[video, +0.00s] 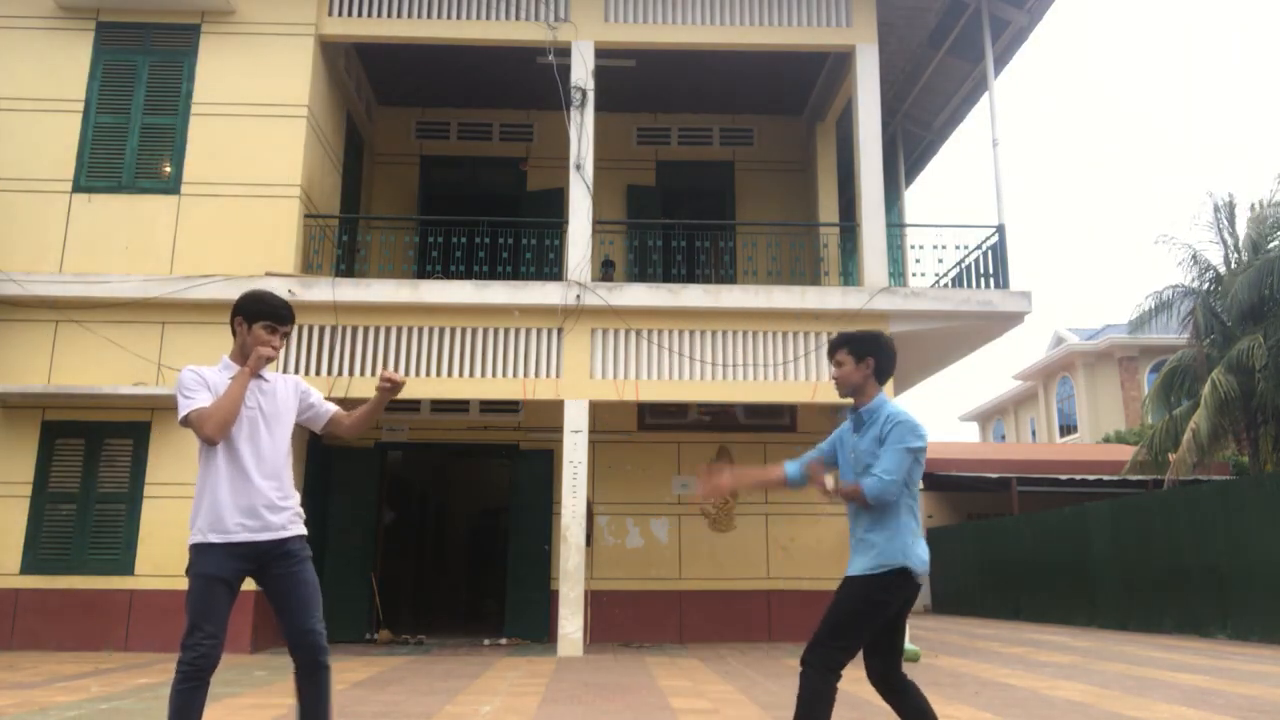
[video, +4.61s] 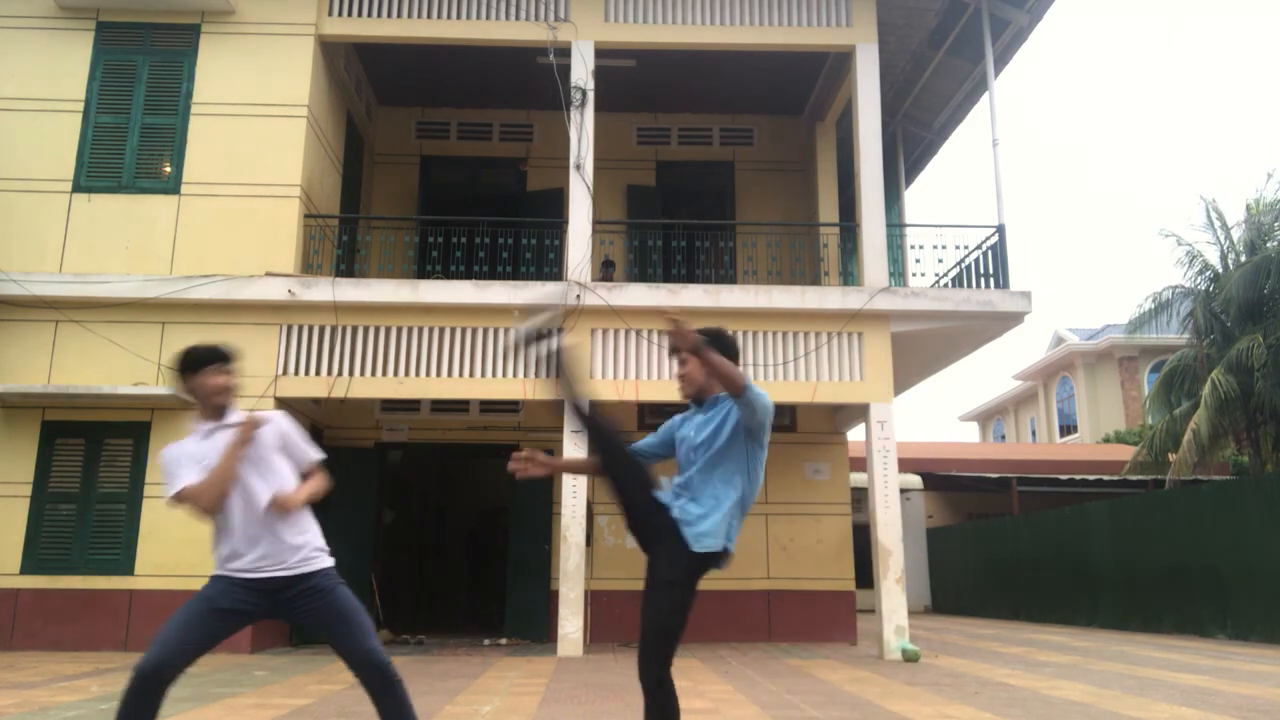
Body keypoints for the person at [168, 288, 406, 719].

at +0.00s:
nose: (276, 340)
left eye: (282, 334)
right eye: (268, 329)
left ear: (286, 337)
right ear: (239, 325)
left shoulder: (290, 387)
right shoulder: (198, 379)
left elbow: (346, 426)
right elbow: (211, 430)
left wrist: (381, 399)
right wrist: (246, 370)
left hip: (284, 538)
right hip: (218, 540)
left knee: (312, 648)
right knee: (199, 656)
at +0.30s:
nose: (305, 354)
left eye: (310, 348)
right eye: (296, 345)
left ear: (314, 352)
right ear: (265, 344)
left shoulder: (323, 403)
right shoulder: (229, 399)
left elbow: (378, 445)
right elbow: (245, 448)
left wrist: (406, 416)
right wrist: (281, 387)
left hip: (320, 556)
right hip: (251, 558)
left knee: (365, 652)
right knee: (215, 665)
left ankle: (383, 717)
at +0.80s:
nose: (349, 369)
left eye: (353, 360)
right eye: (340, 357)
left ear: (355, 366)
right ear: (309, 357)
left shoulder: (363, 419)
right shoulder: (270, 412)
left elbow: (411, 471)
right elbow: (286, 465)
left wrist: (448, 450)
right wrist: (334, 410)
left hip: (355, 565)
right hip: (284, 567)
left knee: (422, 651)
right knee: (207, 661)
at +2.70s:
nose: (334, 367)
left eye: (338, 358)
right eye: (324, 356)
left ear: (342, 363)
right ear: (293, 357)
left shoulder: (351, 416)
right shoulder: (257, 412)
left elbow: (396, 470)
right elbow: (275, 466)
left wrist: (448, 472)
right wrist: (318, 408)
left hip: (347, 568)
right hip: (275, 569)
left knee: (412, 649)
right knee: (199, 662)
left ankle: (422, 718)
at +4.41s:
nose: (328, 367)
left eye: (332, 358)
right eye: (318, 356)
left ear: (335, 364)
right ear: (287, 358)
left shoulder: (349, 416)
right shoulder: (252, 417)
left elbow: (385, 478)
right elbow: (274, 473)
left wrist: (413, 467)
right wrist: (318, 416)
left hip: (342, 568)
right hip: (272, 571)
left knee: (406, 655)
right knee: (198, 668)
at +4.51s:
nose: (290, 366)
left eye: (294, 358)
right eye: (279, 358)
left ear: (299, 366)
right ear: (251, 366)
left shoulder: (322, 418)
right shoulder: (225, 429)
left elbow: (365, 481)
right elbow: (251, 482)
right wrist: (295, 423)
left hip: (328, 573)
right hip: (256, 577)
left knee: (397, 656)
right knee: (182, 671)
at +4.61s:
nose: (224, 380)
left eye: (227, 371)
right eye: (212, 372)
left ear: (235, 377)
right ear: (188, 385)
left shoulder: (274, 423)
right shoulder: (178, 453)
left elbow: (320, 476)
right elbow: (207, 501)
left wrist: (298, 495)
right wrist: (240, 442)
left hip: (309, 576)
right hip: (238, 582)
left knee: (373, 662)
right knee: (151, 670)